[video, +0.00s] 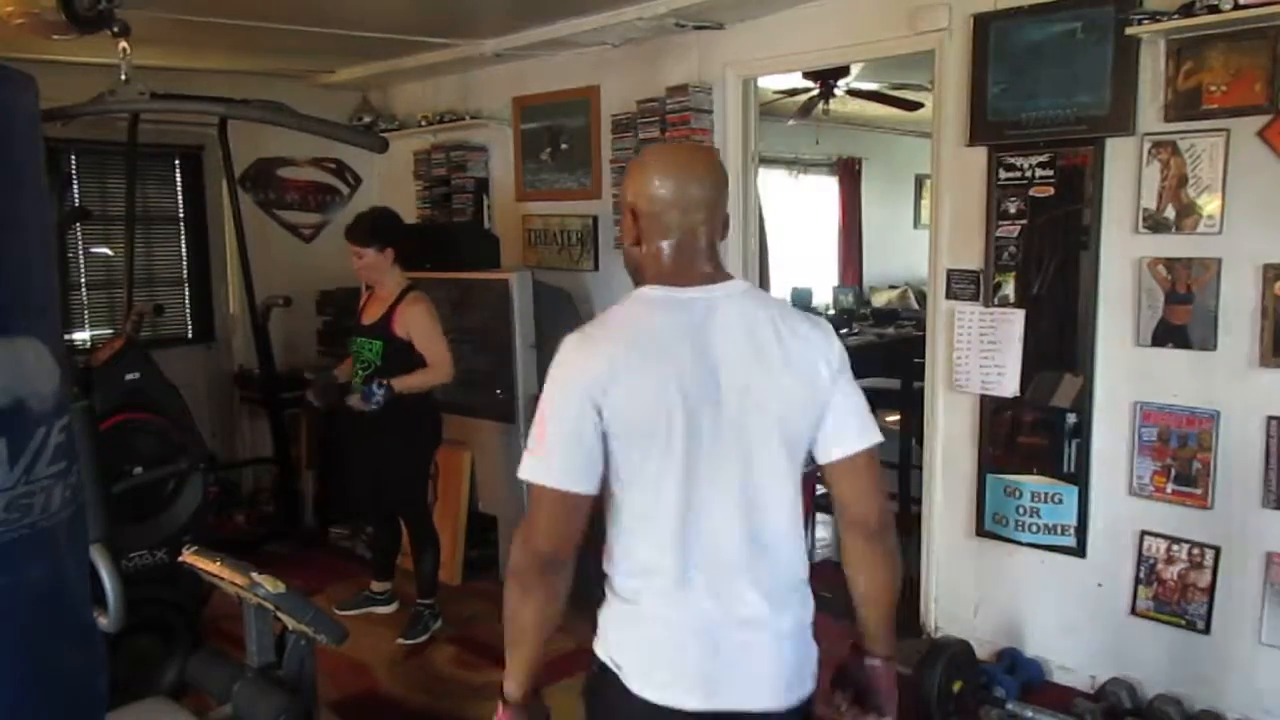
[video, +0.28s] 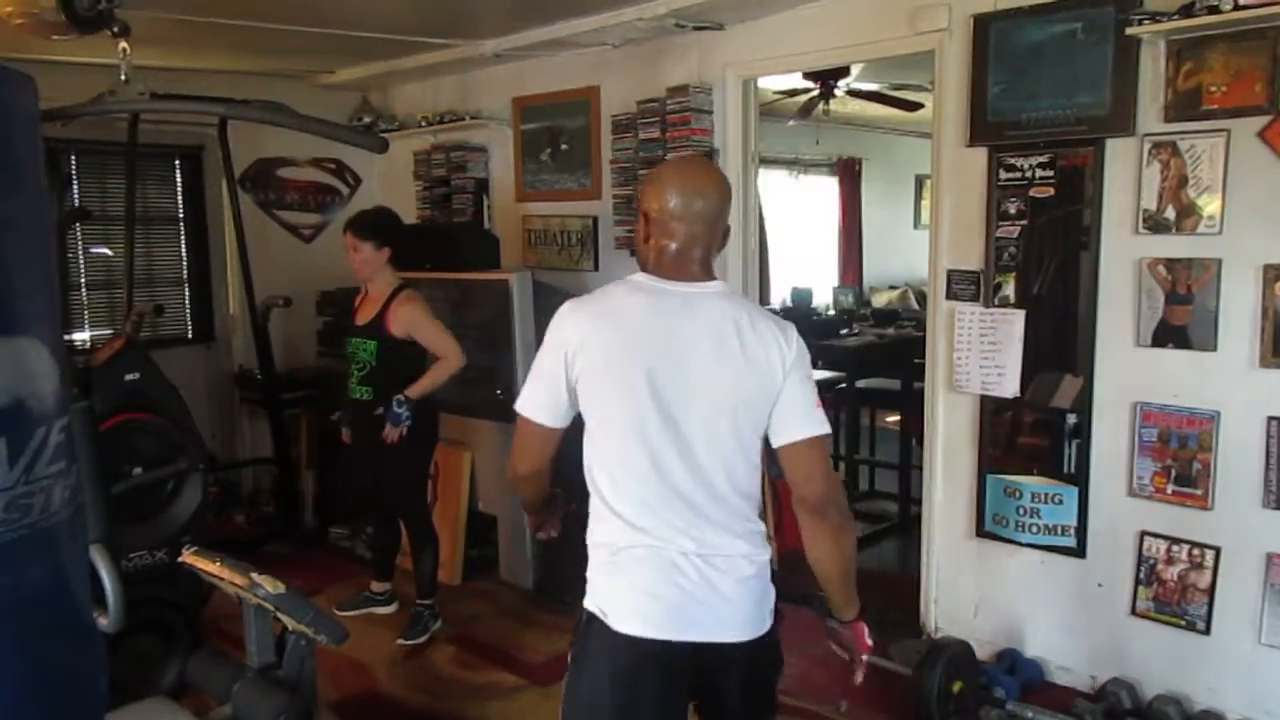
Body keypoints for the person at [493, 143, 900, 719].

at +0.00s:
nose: (621, 234)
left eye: (622, 218)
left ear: (630, 227)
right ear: (723, 225)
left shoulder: (598, 350)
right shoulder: (809, 341)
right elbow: (868, 518)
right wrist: (879, 656)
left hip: (646, 682)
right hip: (776, 681)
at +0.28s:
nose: (637, 228)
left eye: (638, 217)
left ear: (642, 227)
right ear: (724, 235)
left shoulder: (582, 321)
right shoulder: (772, 337)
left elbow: (527, 467)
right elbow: (818, 495)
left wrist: (541, 511)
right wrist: (845, 614)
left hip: (627, 629)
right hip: (741, 632)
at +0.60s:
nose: (656, 215)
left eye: (661, 206)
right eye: (660, 204)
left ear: (677, 216)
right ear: (729, 219)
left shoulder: (618, 297)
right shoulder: (774, 309)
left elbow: (580, 432)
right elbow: (800, 441)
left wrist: (562, 543)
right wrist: (811, 539)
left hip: (637, 546)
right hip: (732, 548)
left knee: (621, 691)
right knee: (738, 699)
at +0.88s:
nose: (616, 229)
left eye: (621, 219)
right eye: (619, 218)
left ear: (638, 231)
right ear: (681, 231)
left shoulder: (598, 309)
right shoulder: (732, 306)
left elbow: (594, 431)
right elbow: (767, 420)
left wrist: (599, 537)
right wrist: (775, 500)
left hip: (636, 523)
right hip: (715, 523)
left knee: (634, 648)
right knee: (725, 674)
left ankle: (640, 718)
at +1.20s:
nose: (579, 218)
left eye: (581, 209)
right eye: (581, 208)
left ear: (596, 211)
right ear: (642, 210)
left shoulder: (576, 286)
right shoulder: (690, 278)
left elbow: (562, 394)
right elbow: (713, 382)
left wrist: (532, 454)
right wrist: (708, 459)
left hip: (614, 476)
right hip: (684, 467)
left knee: (622, 599)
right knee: (691, 568)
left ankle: (641, 711)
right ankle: (725, 685)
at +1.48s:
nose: (561, 226)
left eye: (566, 215)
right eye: (561, 215)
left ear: (593, 214)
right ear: (614, 214)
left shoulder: (587, 275)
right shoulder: (660, 267)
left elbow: (578, 386)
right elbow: (675, 364)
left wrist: (522, 443)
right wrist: (664, 422)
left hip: (616, 448)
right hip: (664, 441)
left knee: (616, 589)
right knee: (644, 545)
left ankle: (639, 711)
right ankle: (646, 633)